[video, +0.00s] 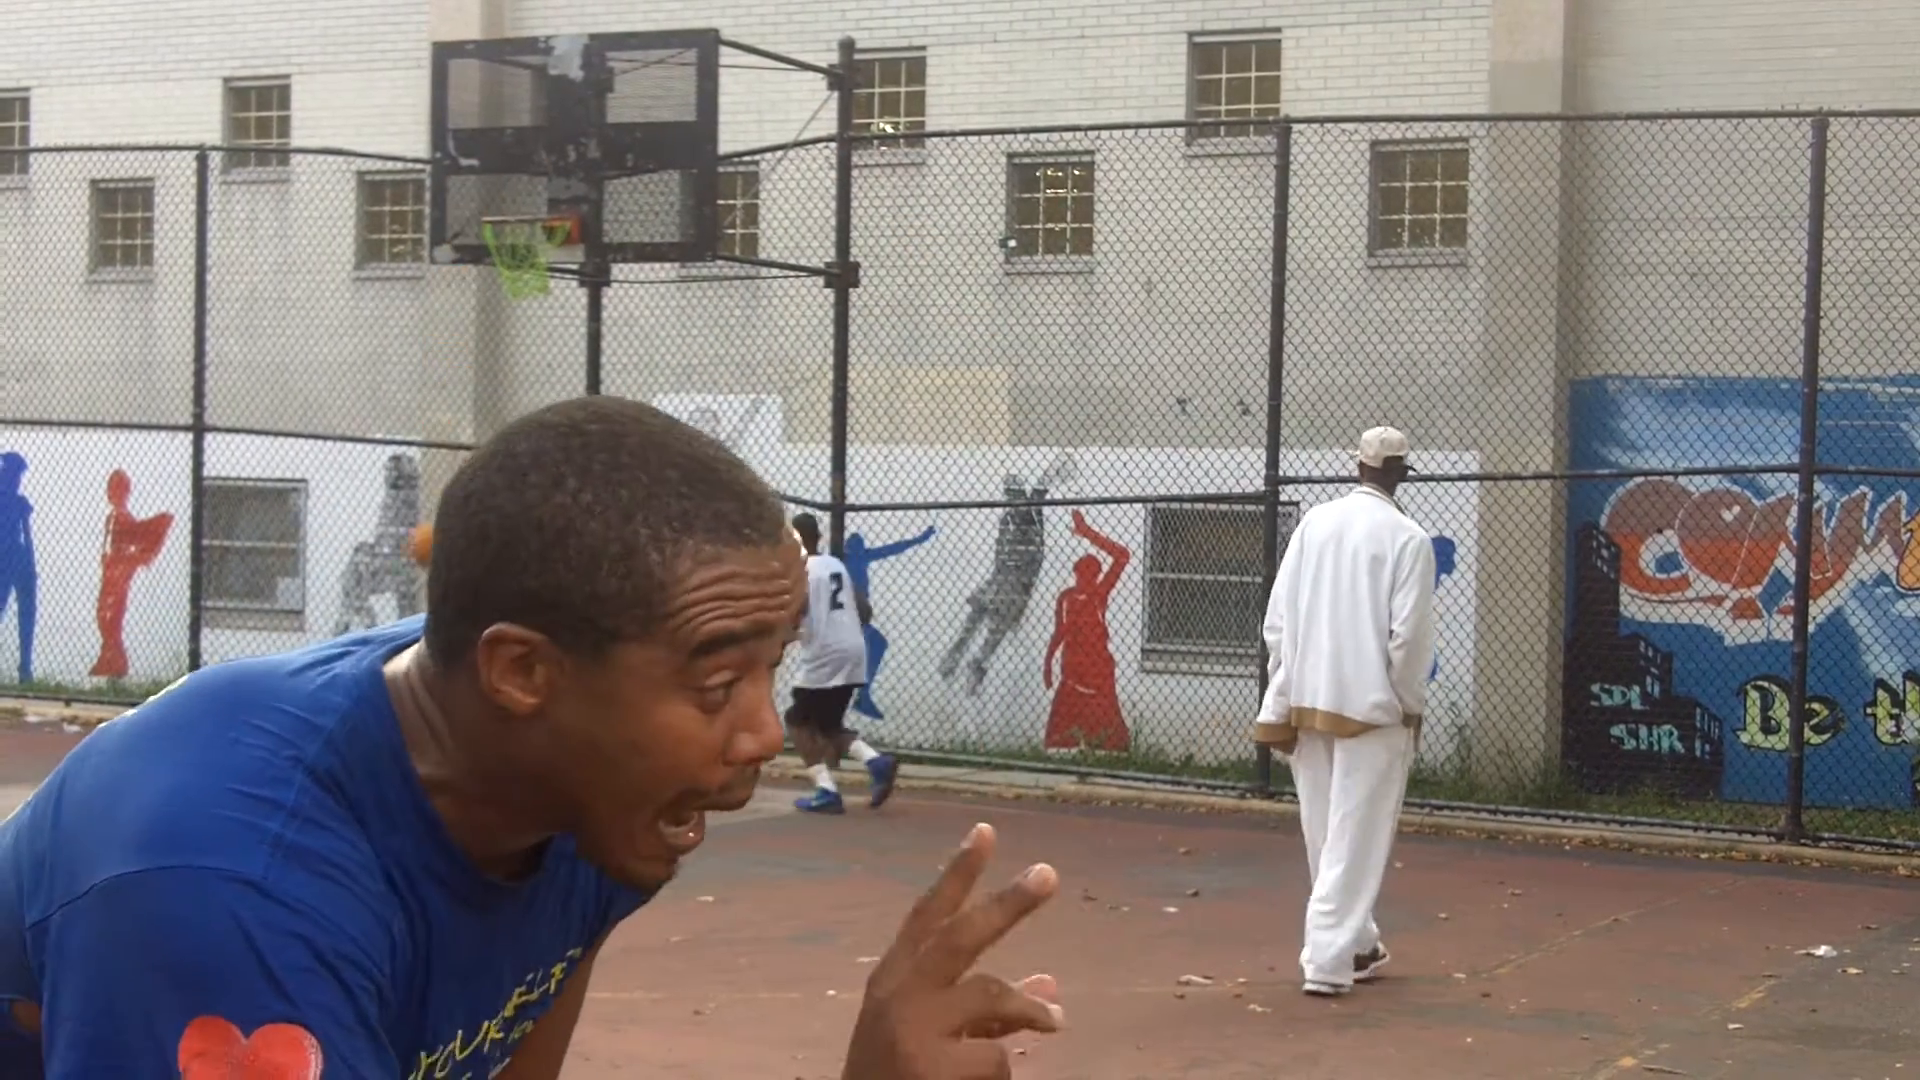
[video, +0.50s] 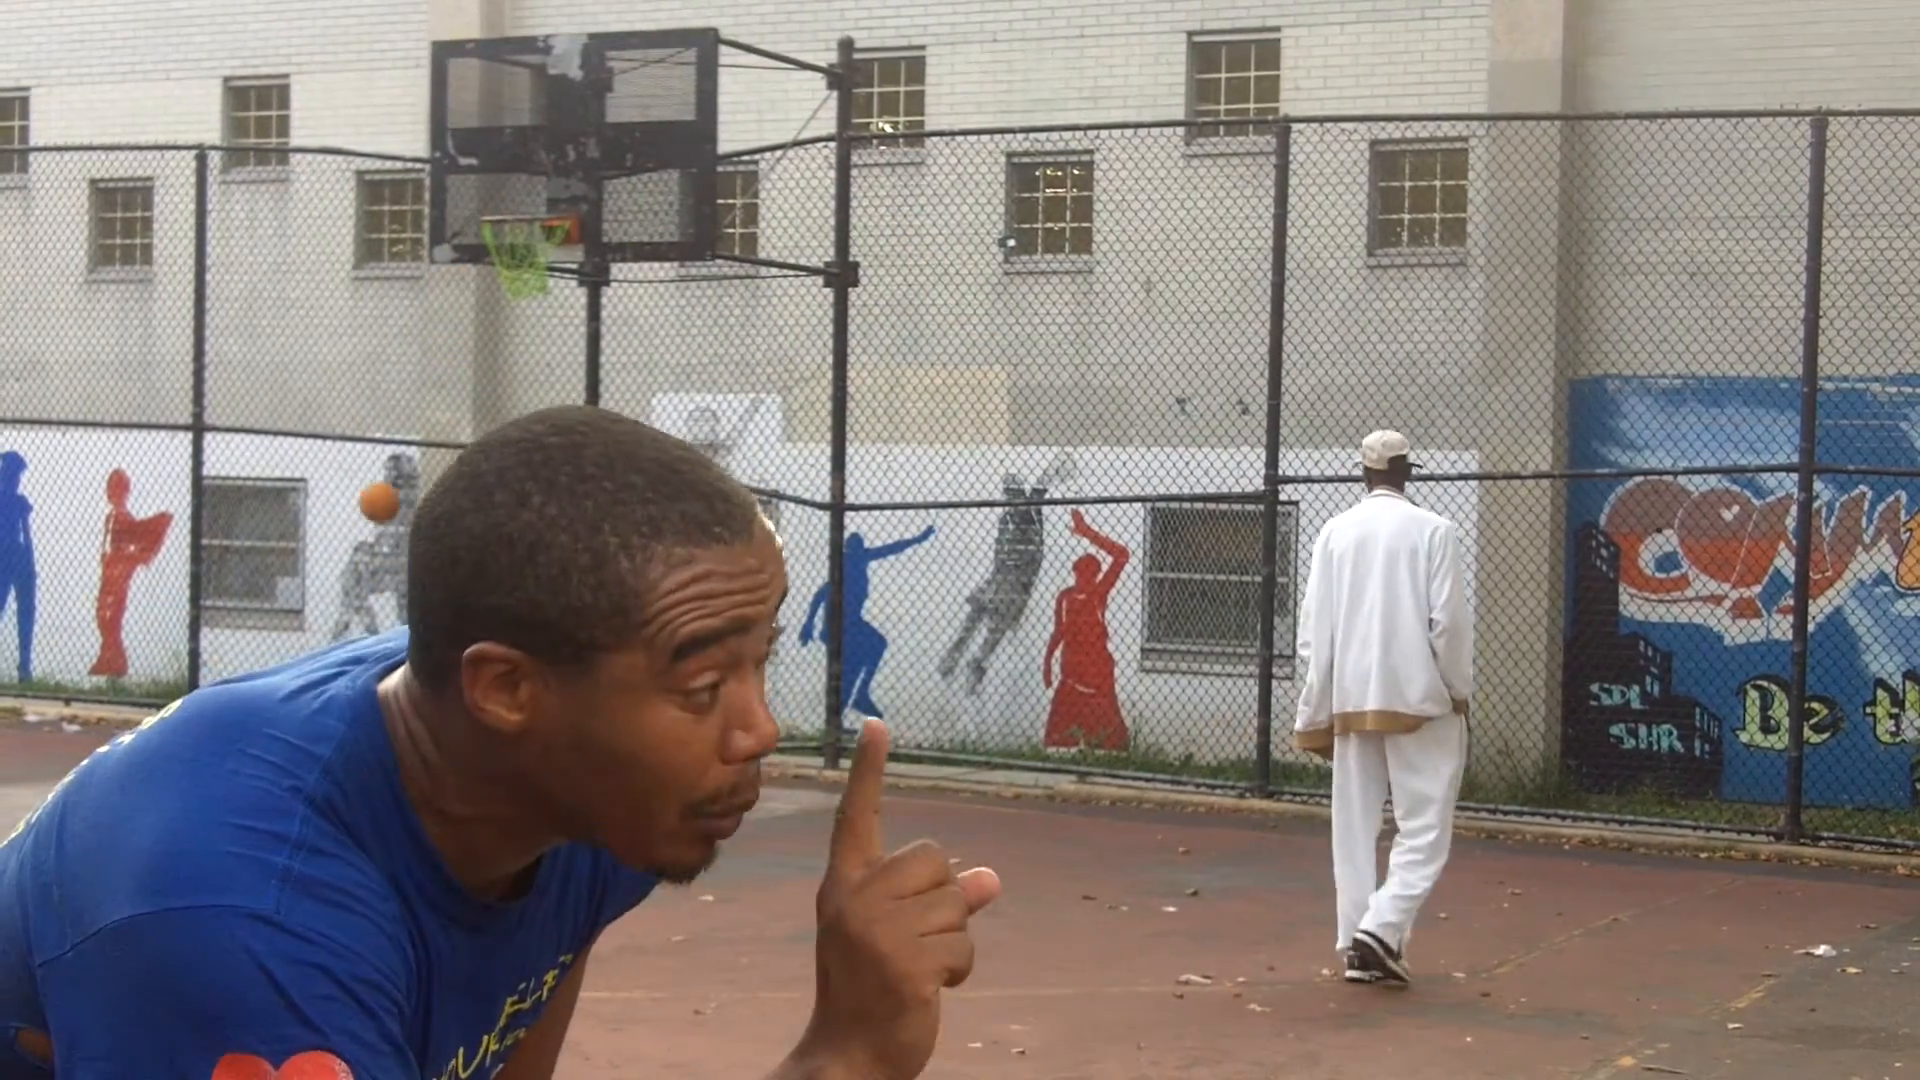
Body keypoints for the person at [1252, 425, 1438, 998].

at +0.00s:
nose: (1394, 478)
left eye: (1376, 466)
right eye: (1400, 472)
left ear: (1357, 469)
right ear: (1402, 475)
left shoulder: (1313, 522)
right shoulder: (1408, 538)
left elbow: (1277, 620)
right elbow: (1407, 635)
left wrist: (1286, 691)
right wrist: (1412, 704)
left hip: (1306, 698)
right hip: (1371, 704)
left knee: (1323, 827)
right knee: (1353, 832)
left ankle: (1358, 942)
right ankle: (1323, 965)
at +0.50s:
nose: (1399, 477)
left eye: (1380, 470)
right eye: (1404, 470)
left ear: (1364, 476)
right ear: (1408, 474)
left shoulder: (1333, 532)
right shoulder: (1434, 530)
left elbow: (1312, 629)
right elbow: (1447, 623)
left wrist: (1316, 703)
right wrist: (1461, 692)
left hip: (1349, 695)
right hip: (1417, 694)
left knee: (1354, 822)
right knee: (1424, 826)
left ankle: (1358, 950)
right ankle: (1382, 930)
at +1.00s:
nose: (1470, 481)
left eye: (1454, 469)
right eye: (1480, 476)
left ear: (1439, 472)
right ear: (1484, 478)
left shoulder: (1395, 521)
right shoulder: (1498, 540)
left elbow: (1359, 615)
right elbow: (1504, 634)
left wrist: (1356, 687)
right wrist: (1494, 696)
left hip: (1385, 690)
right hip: (1459, 697)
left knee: (1369, 820)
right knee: (1460, 830)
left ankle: (1363, 939)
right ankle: (1461, 960)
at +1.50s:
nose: (1463, 476)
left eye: (1464, 469)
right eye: (1474, 471)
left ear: (1466, 473)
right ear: (1512, 482)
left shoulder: (1425, 519)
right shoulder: (1531, 543)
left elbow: (1390, 609)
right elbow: (1537, 636)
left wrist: (1377, 686)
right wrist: (1518, 700)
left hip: (1411, 686)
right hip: (1487, 695)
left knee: (1396, 815)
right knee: (1474, 821)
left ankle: (1388, 939)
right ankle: (1463, 960)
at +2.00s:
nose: (1426, 476)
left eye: (1429, 468)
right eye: (1428, 467)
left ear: (1443, 471)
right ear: (1477, 475)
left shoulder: (1417, 521)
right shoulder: (1512, 535)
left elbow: (1396, 614)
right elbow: (1531, 626)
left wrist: (1383, 687)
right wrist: (1514, 691)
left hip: (1421, 694)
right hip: (1487, 696)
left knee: (1417, 822)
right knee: (1480, 822)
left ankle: (1428, 950)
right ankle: (1472, 955)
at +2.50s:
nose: (1383, 477)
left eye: (1388, 469)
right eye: (1386, 468)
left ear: (1408, 472)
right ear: (1433, 472)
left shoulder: (1399, 527)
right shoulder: (1477, 529)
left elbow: (1394, 628)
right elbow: (1503, 620)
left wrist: (1380, 698)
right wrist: (1488, 693)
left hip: (1414, 701)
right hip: (1470, 699)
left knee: (1412, 830)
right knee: (1465, 824)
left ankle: (1432, 958)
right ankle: (1470, 954)